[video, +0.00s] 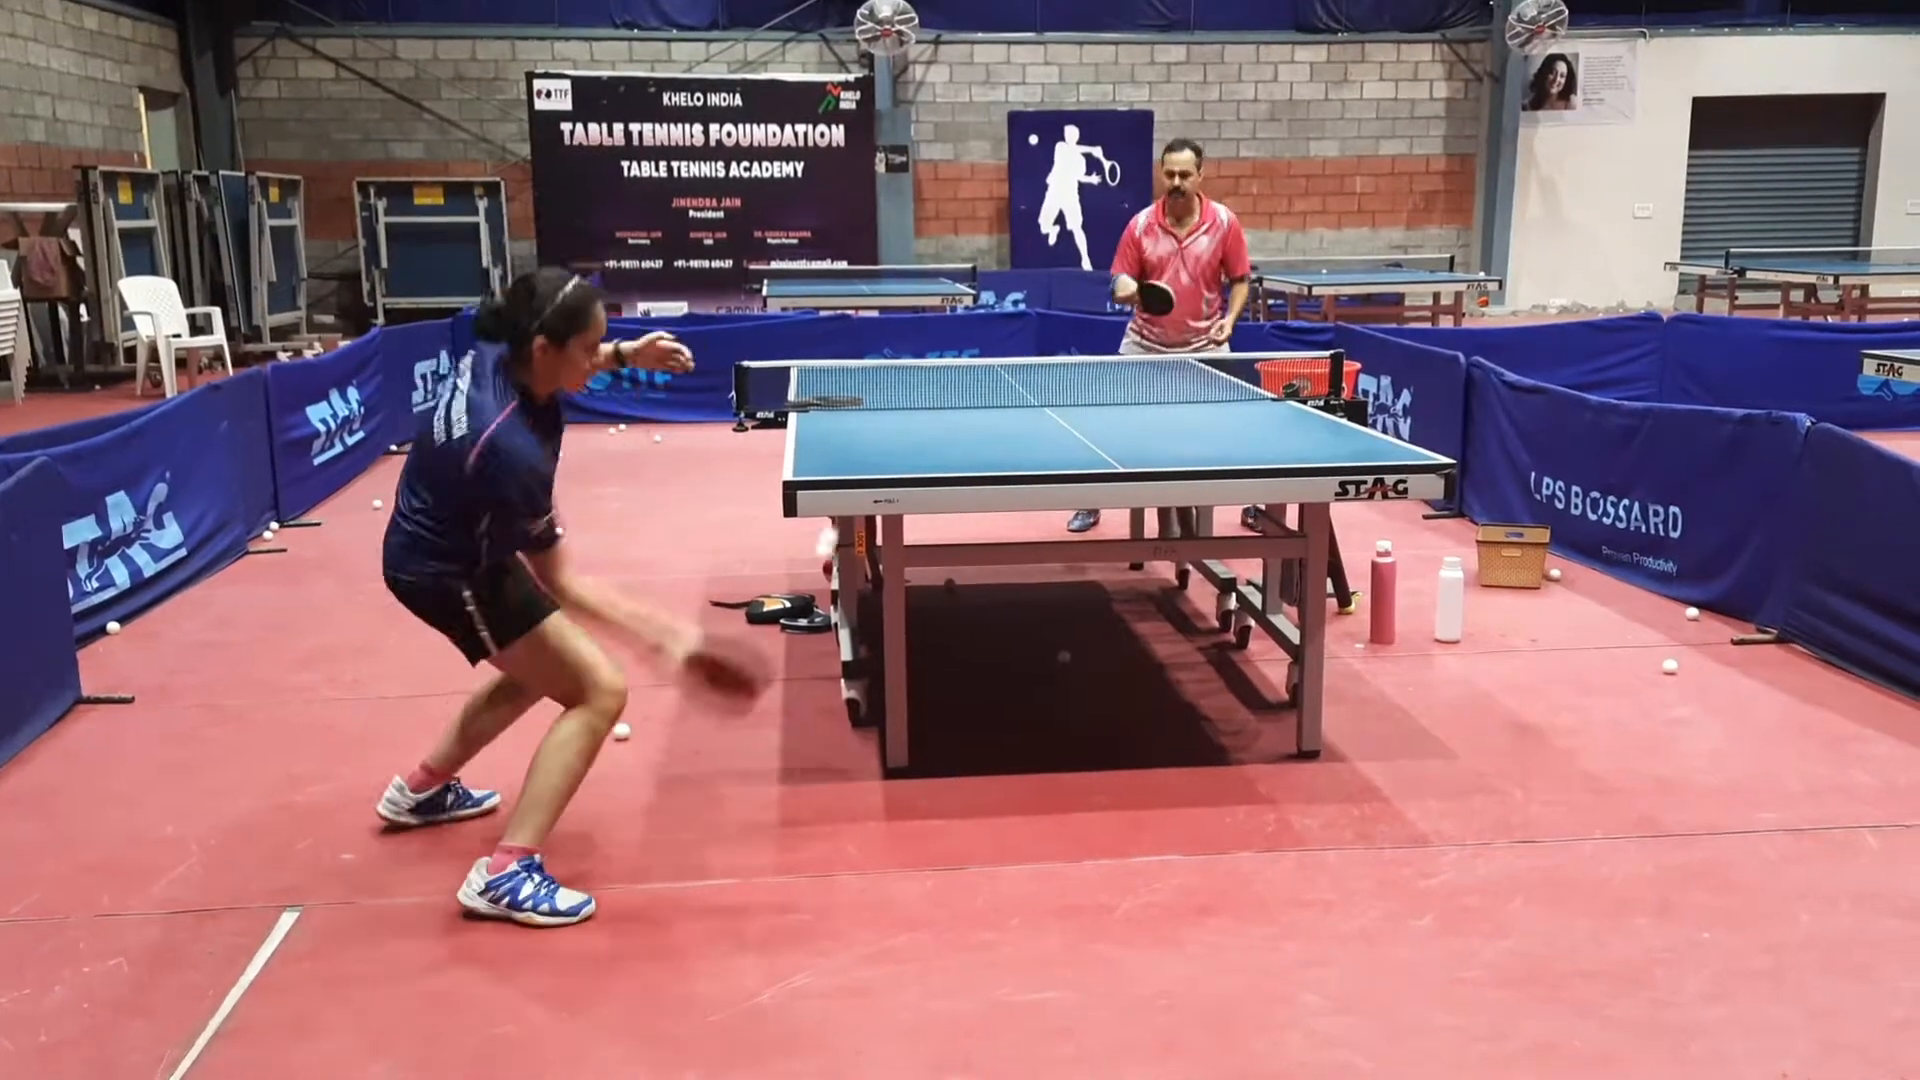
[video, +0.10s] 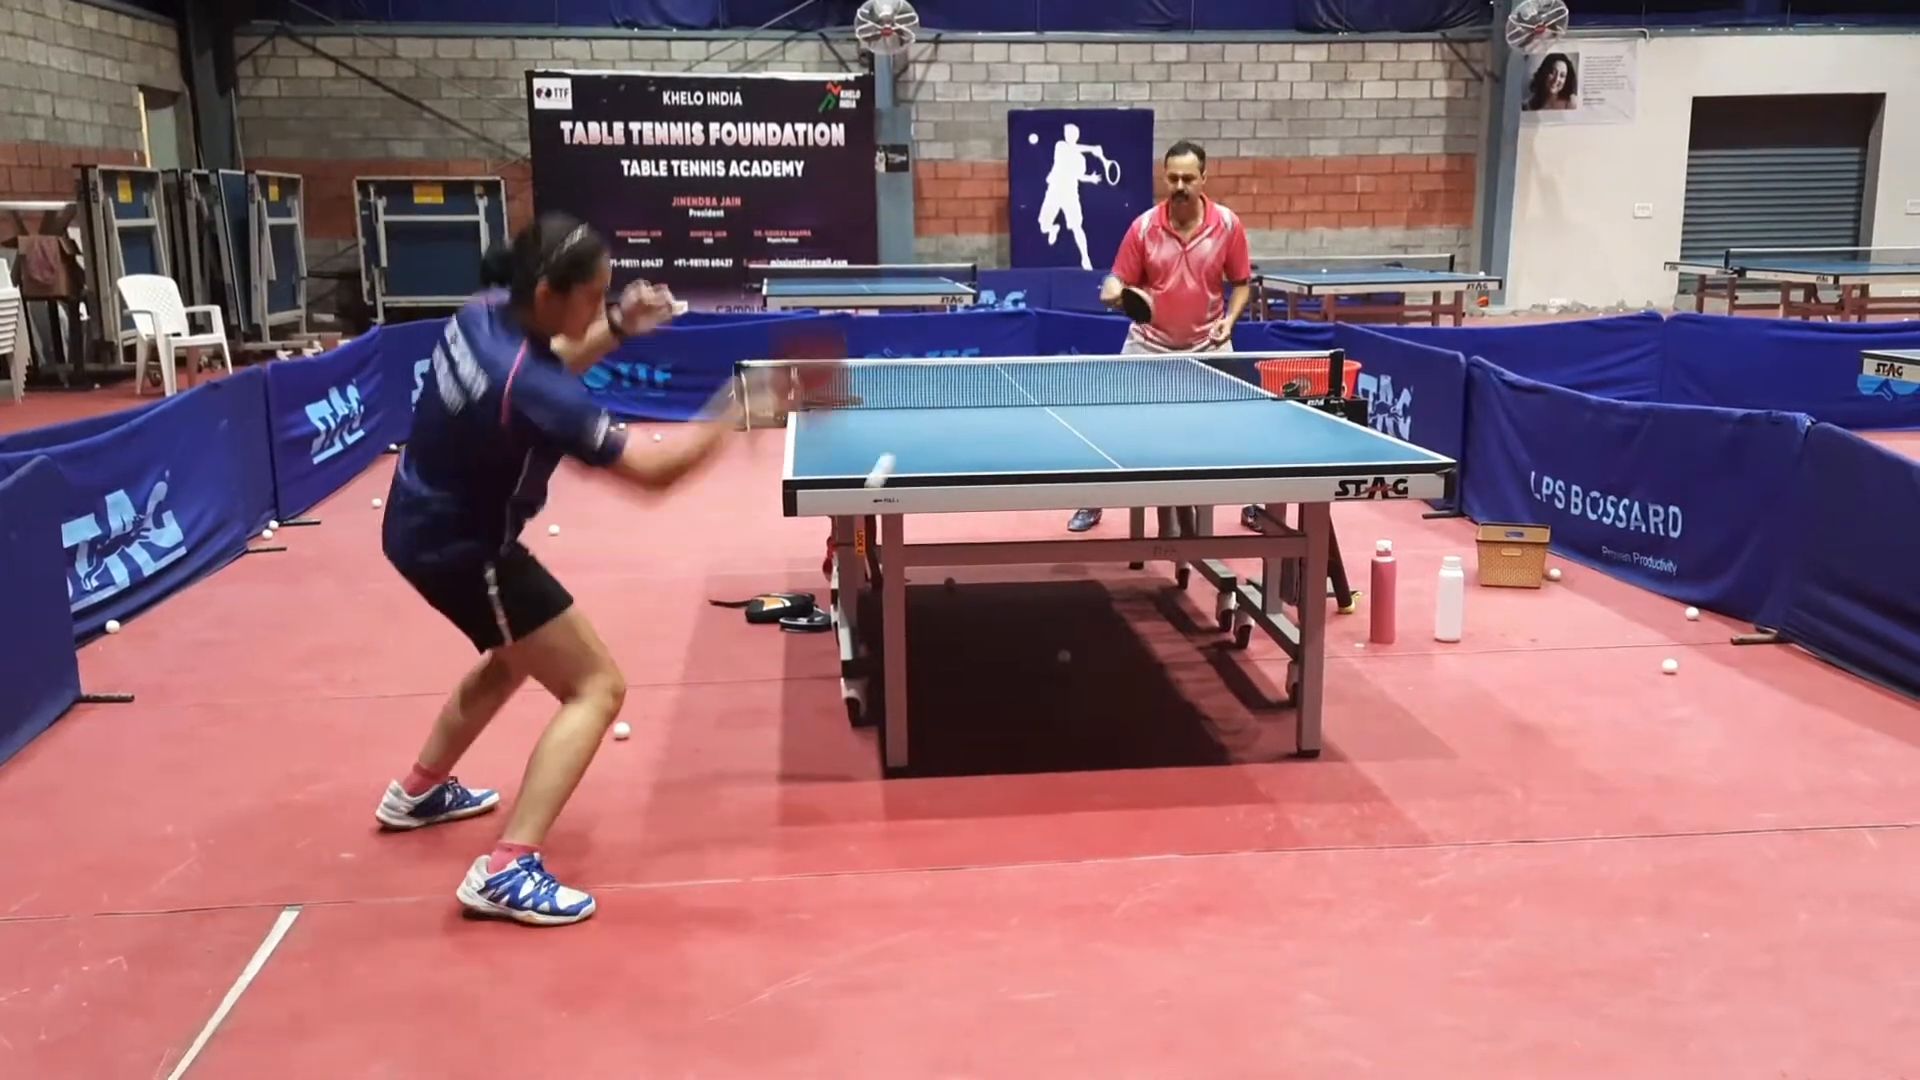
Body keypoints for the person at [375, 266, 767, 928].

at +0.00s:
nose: (599, 359)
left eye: (601, 345)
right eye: (589, 349)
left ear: (542, 342)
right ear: (544, 352)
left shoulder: (490, 343)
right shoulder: (516, 452)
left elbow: (560, 362)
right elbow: (557, 582)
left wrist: (627, 355)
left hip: (429, 549)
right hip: (453, 572)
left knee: (539, 668)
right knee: (600, 694)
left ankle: (421, 787)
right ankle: (508, 869)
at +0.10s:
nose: (602, 308)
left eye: (604, 294)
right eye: (597, 294)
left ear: (539, 292)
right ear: (550, 297)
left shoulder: (484, 312)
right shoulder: (530, 380)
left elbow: (550, 368)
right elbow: (652, 469)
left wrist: (617, 330)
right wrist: (734, 410)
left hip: (421, 526)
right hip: (465, 549)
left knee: (515, 654)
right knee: (598, 687)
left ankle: (419, 790)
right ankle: (510, 867)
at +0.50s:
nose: (619, 229)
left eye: (617, 216)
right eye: (615, 217)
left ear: (534, 218)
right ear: (596, 224)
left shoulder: (485, 282)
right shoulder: (609, 301)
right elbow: (707, 382)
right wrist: (710, 285)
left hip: (463, 515)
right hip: (558, 515)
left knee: (496, 646)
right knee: (672, 672)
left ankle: (462, 811)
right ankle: (704, 872)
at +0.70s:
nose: (646, 303)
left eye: (643, 291)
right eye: (644, 293)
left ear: (565, 297)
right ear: (630, 304)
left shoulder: (519, 350)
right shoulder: (643, 374)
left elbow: (492, 453)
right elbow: (720, 482)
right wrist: (737, 391)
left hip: (479, 565)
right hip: (577, 565)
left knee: (515, 651)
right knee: (725, 697)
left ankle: (462, 812)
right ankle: (703, 885)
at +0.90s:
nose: (684, 230)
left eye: (682, 217)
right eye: (681, 218)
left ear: (610, 222)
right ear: (662, 230)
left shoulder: (567, 261)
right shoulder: (652, 321)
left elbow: (604, 349)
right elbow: (694, 445)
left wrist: (693, 340)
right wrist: (756, 399)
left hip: (455, 489)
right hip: (534, 499)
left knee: (508, 631)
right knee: (653, 656)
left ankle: (460, 797)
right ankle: (681, 857)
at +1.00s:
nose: (698, 225)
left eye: (694, 213)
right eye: (693, 215)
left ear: (628, 220)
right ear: (672, 230)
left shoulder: (595, 261)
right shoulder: (639, 318)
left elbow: (605, 376)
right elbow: (636, 456)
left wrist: (701, 396)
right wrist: (725, 465)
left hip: (463, 466)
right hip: (514, 486)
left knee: (527, 621)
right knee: (639, 648)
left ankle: (460, 773)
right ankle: (620, 852)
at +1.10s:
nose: (703, 248)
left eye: (699, 236)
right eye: (697, 238)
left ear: (632, 246)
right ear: (674, 254)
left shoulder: (602, 289)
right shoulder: (623, 334)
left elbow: (614, 402)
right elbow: (578, 471)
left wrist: (673, 466)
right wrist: (662, 541)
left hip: (481, 486)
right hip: (509, 500)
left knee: (545, 632)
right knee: (632, 654)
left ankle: (476, 777)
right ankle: (619, 855)